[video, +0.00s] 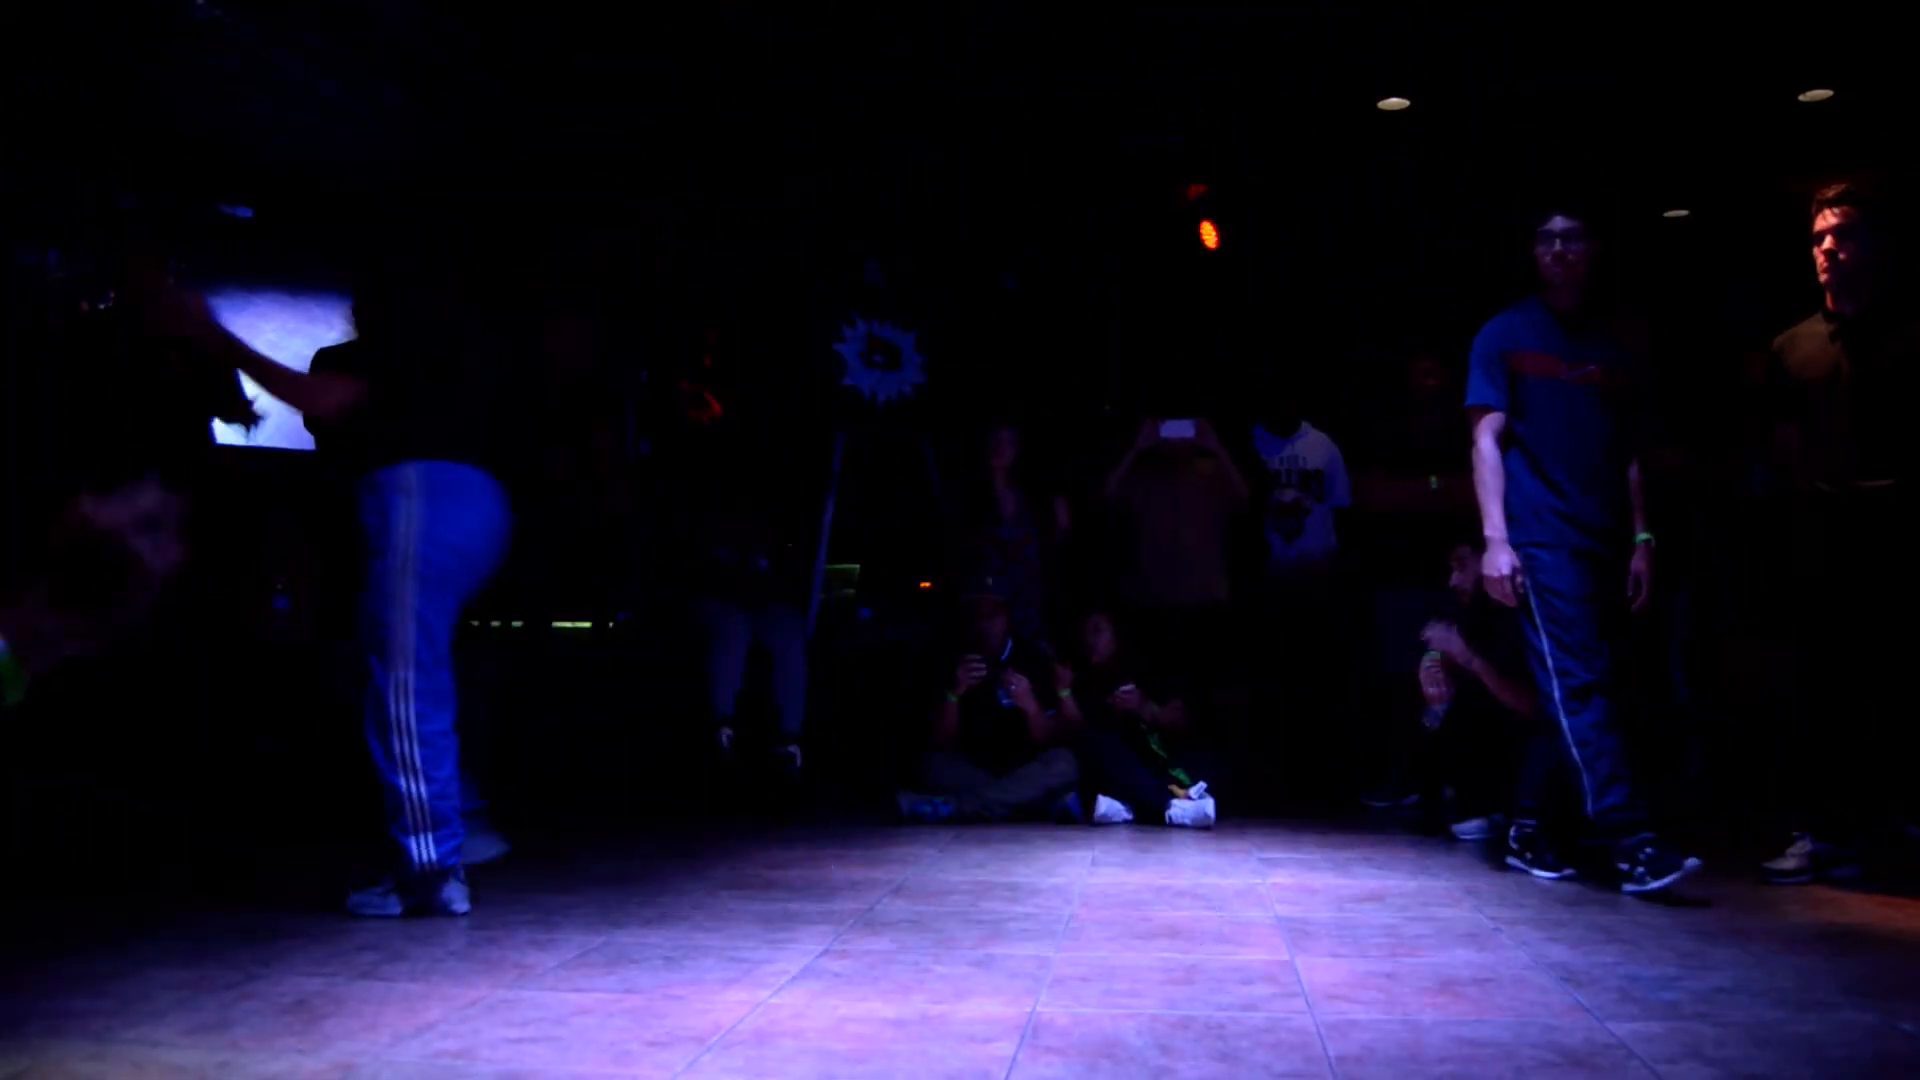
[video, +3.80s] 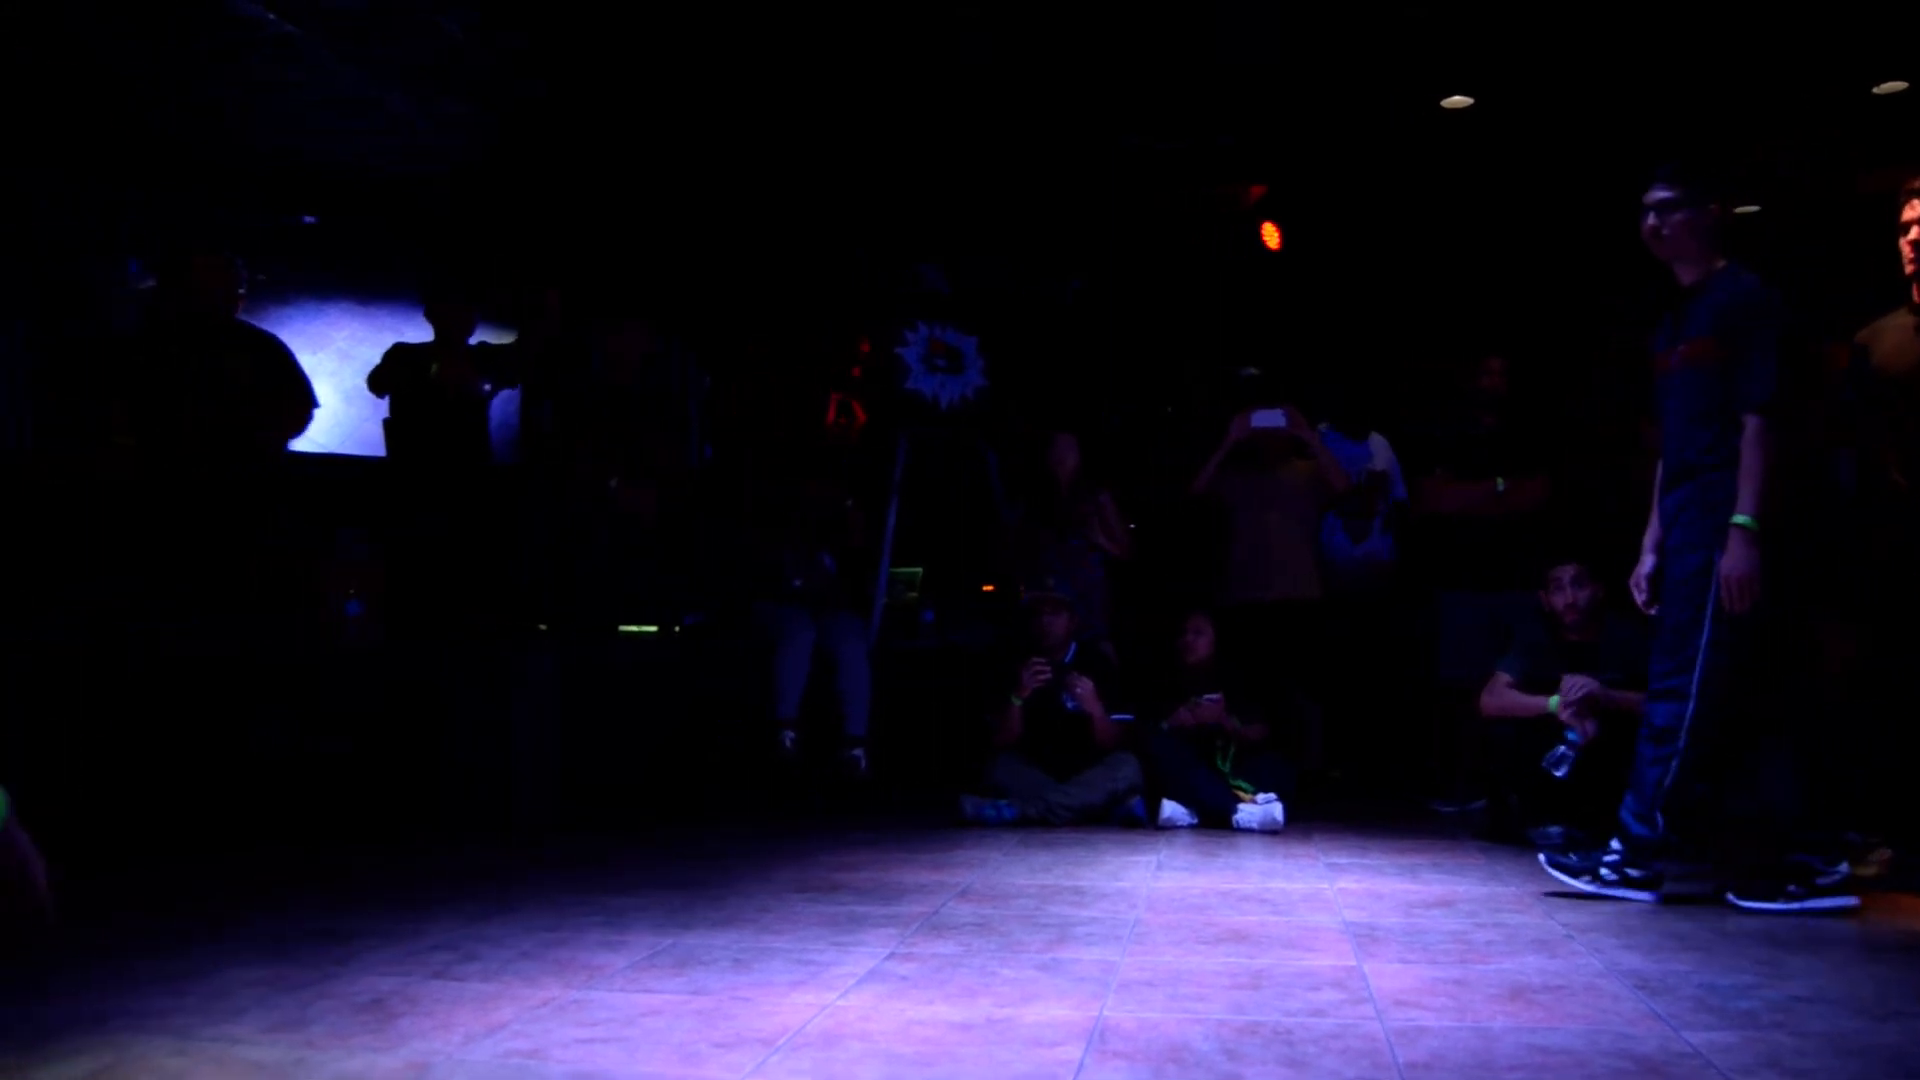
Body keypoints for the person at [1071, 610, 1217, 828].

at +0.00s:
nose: (1095, 640)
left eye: (1101, 632)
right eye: (1090, 633)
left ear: (1116, 636)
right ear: (1083, 639)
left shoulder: (1138, 671)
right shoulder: (1082, 679)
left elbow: (1175, 718)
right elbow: (1076, 728)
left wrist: (1141, 706)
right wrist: (1064, 690)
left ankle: (1128, 807)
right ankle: (1168, 807)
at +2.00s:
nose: (1082, 647)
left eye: (1089, 639)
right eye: (1077, 641)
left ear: (1108, 642)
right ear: (1071, 646)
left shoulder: (1134, 676)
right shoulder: (1078, 683)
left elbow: (1173, 721)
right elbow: (1077, 731)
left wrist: (1129, 718)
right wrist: (1060, 692)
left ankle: (1130, 808)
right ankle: (1170, 807)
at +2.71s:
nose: (1111, 641)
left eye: (1119, 633)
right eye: (1105, 634)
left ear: (1134, 639)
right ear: (1096, 639)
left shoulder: (1152, 677)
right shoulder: (1088, 679)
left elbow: (1188, 726)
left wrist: (1152, 717)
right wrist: (1075, 712)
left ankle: (1129, 808)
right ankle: (1168, 809)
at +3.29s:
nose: (1137, 645)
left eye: (1146, 637)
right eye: (1131, 638)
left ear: (1161, 641)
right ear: (1123, 643)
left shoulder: (1181, 680)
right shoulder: (1115, 682)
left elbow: (1207, 733)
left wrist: (1175, 721)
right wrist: (1105, 719)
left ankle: (1143, 813)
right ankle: (1181, 813)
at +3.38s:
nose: (1153, 644)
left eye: (1162, 636)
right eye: (1147, 637)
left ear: (1177, 641)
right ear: (1140, 643)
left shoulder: (1197, 679)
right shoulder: (1131, 679)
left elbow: (1222, 733)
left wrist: (1189, 719)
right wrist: (1123, 717)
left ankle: (1157, 812)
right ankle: (1196, 813)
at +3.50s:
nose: (1178, 642)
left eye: (1188, 634)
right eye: (1174, 635)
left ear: (1204, 638)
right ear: (1166, 641)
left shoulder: (1226, 678)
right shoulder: (1158, 679)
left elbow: (1249, 731)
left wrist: (1213, 717)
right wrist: (1156, 718)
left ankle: (1183, 811)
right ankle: (1223, 812)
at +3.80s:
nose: (1189, 641)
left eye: (1198, 633)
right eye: (1184, 634)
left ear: (1214, 638)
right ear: (1177, 639)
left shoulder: (1234, 677)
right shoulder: (1170, 679)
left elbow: (1259, 731)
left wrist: (1222, 719)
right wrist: (1180, 720)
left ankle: (1195, 810)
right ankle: (1236, 811)